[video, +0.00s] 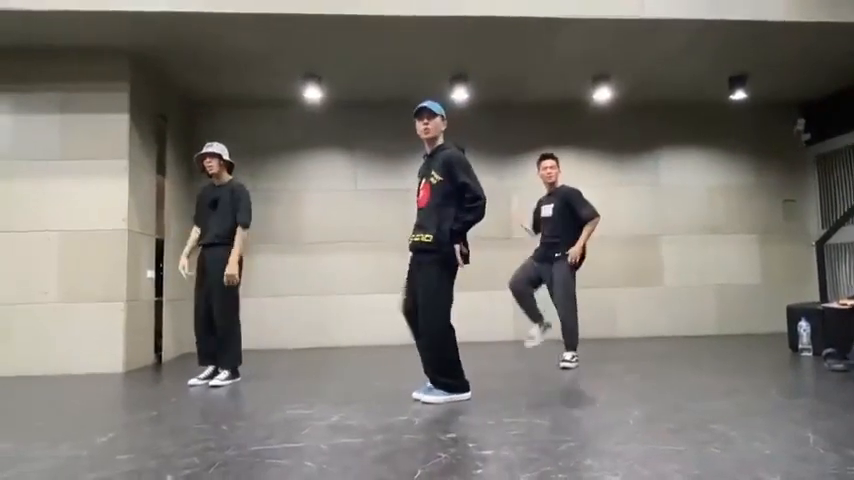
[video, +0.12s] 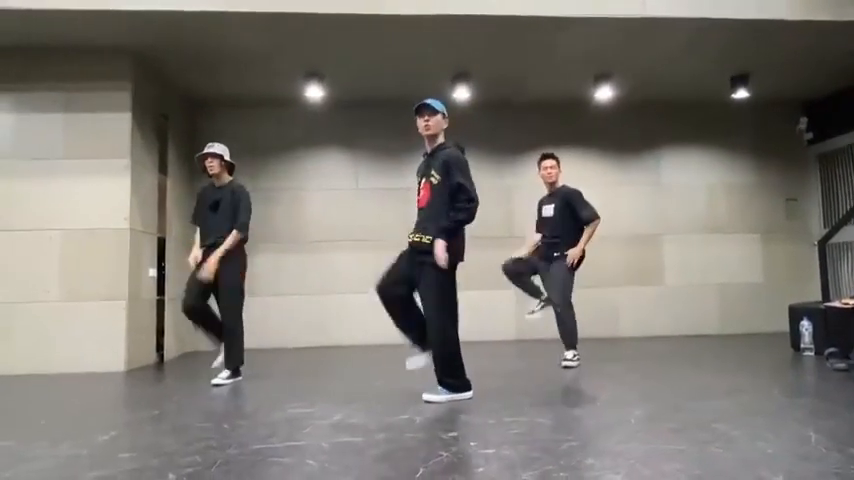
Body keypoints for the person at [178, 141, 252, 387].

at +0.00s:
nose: (207, 163)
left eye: (212, 159)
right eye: (205, 160)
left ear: (223, 161)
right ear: (203, 165)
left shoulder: (238, 190)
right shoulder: (205, 192)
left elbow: (242, 229)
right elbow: (198, 227)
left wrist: (233, 262)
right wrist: (185, 253)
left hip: (225, 254)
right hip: (206, 254)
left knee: (224, 311)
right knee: (204, 310)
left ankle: (229, 368)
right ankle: (210, 364)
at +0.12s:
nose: (209, 164)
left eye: (213, 159)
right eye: (206, 160)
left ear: (225, 162)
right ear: (204, 165)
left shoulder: (239, 191)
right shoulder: (205, 192)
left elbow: (239, 231)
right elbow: (200, 224)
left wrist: (215, 257)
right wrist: (196, 248)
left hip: (230, 254)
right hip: (208, 253)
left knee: (230, 312)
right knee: (192, 305)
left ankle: (233, 367)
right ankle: (225, 338)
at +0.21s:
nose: (208, 164)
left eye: (213, 159)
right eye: (206, 160)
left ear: (224, 162)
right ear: (204, 165)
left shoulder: (238, 192)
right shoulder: (205, 193)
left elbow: (240, 232)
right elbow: (204, 227)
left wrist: (211, 251)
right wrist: (198, 248)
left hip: (230, 255)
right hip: (208, 254)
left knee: (228, 312)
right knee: (185, 300)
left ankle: (234, 367)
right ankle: (231, 307)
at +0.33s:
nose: (205, 159)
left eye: (210, 155)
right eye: (203, 156)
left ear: (222, 158)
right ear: (201, 161)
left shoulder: (236, 187)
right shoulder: (205, 189)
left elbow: (243, 223)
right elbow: (205, 225)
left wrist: (232, 241)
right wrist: (192, 244)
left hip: (226, 254)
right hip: (204, 253)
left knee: (228, 313)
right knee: (177, 297)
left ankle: (236, 366)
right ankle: (215, 322)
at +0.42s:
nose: (203, 160)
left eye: (208, 156)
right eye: (201, 157)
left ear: (220, 159)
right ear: (201, 162)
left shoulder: (234, 187)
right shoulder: (205, 191)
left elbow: (247, 221)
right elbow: (202, 230)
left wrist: (248, 245)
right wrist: (181, 252)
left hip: (225, 252)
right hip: (202, 252)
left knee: (226, 309)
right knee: (190, 307)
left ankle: (234, 365)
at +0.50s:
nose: (203, 161)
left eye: (208, 156)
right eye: (200, 157)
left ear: (219, 160)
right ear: (199, 162)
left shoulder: (233, 190)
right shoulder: (201, 192)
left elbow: (245, 222)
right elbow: (198, 231)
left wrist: (251, 244)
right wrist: (179, 254)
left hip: (223, 254)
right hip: (202, 255)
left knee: (221, 310)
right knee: (197, 312)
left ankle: (234, 366)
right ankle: (182, 364)